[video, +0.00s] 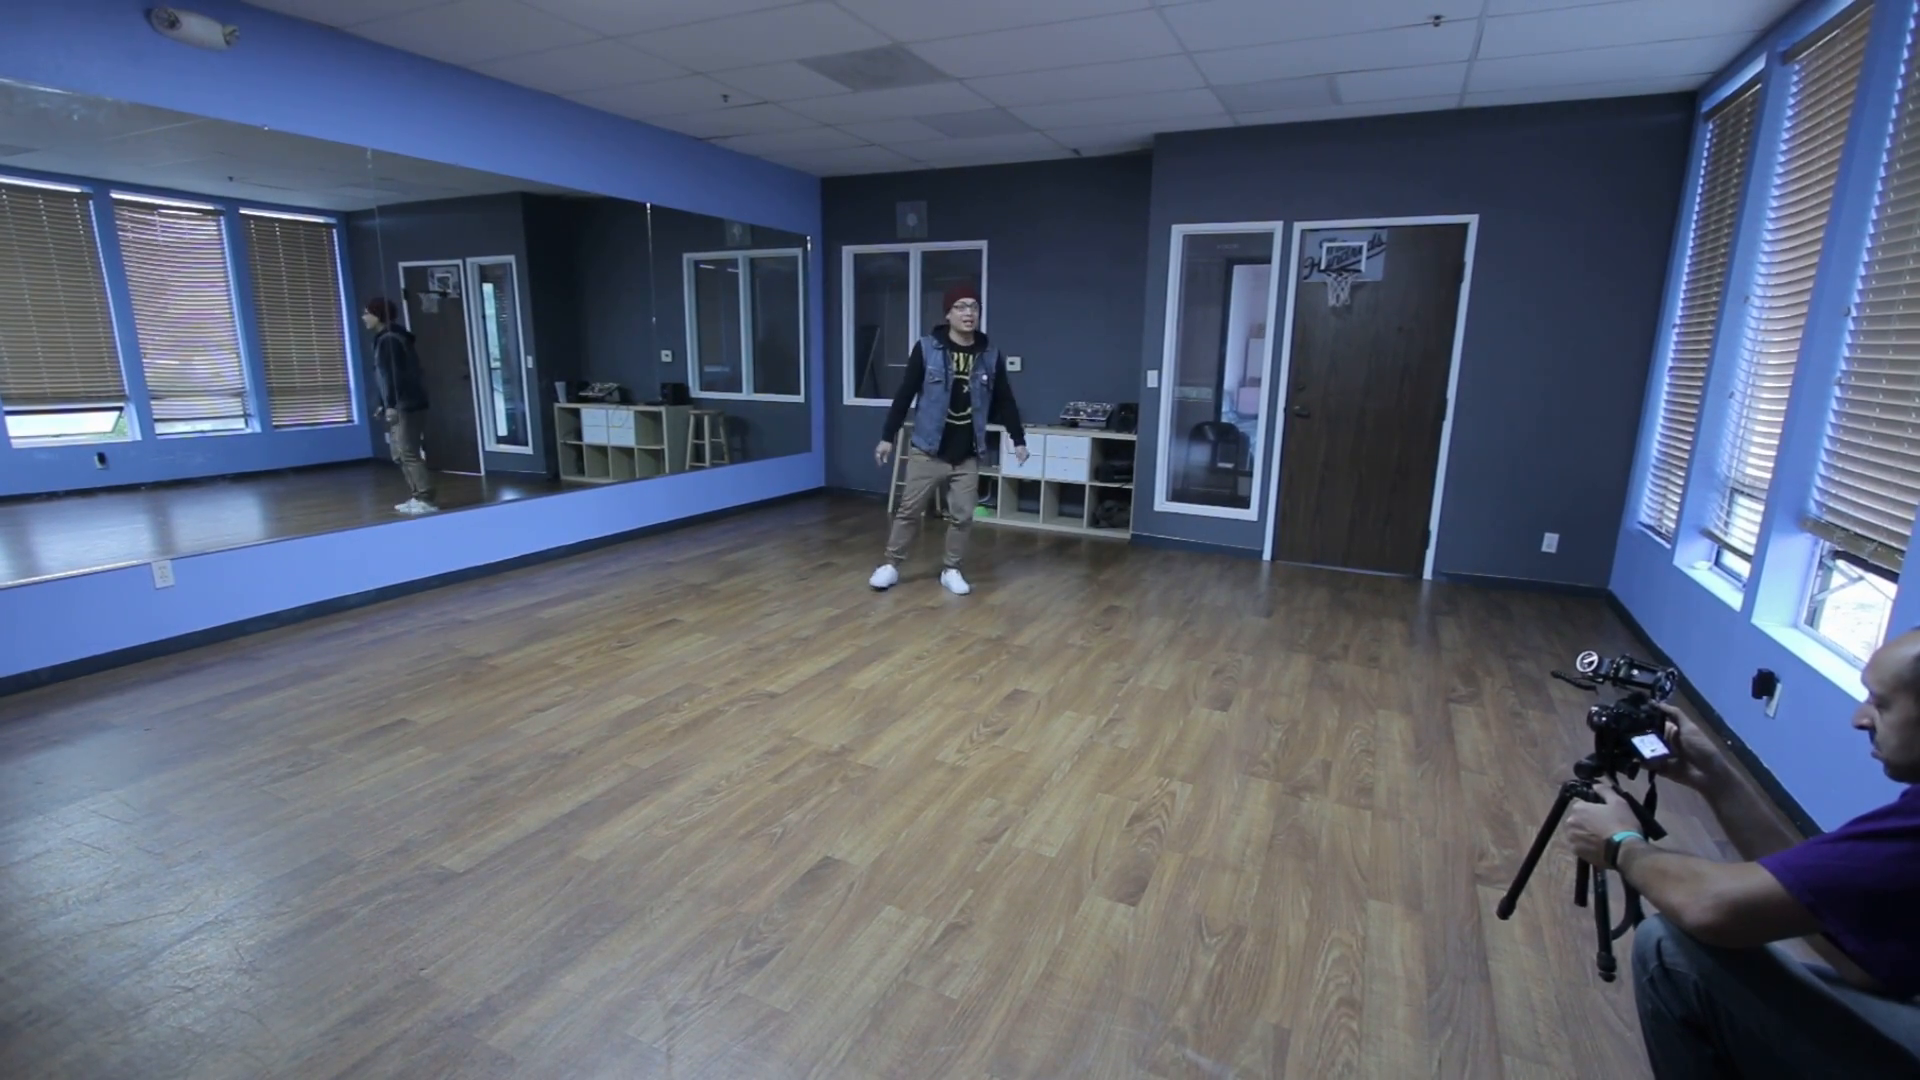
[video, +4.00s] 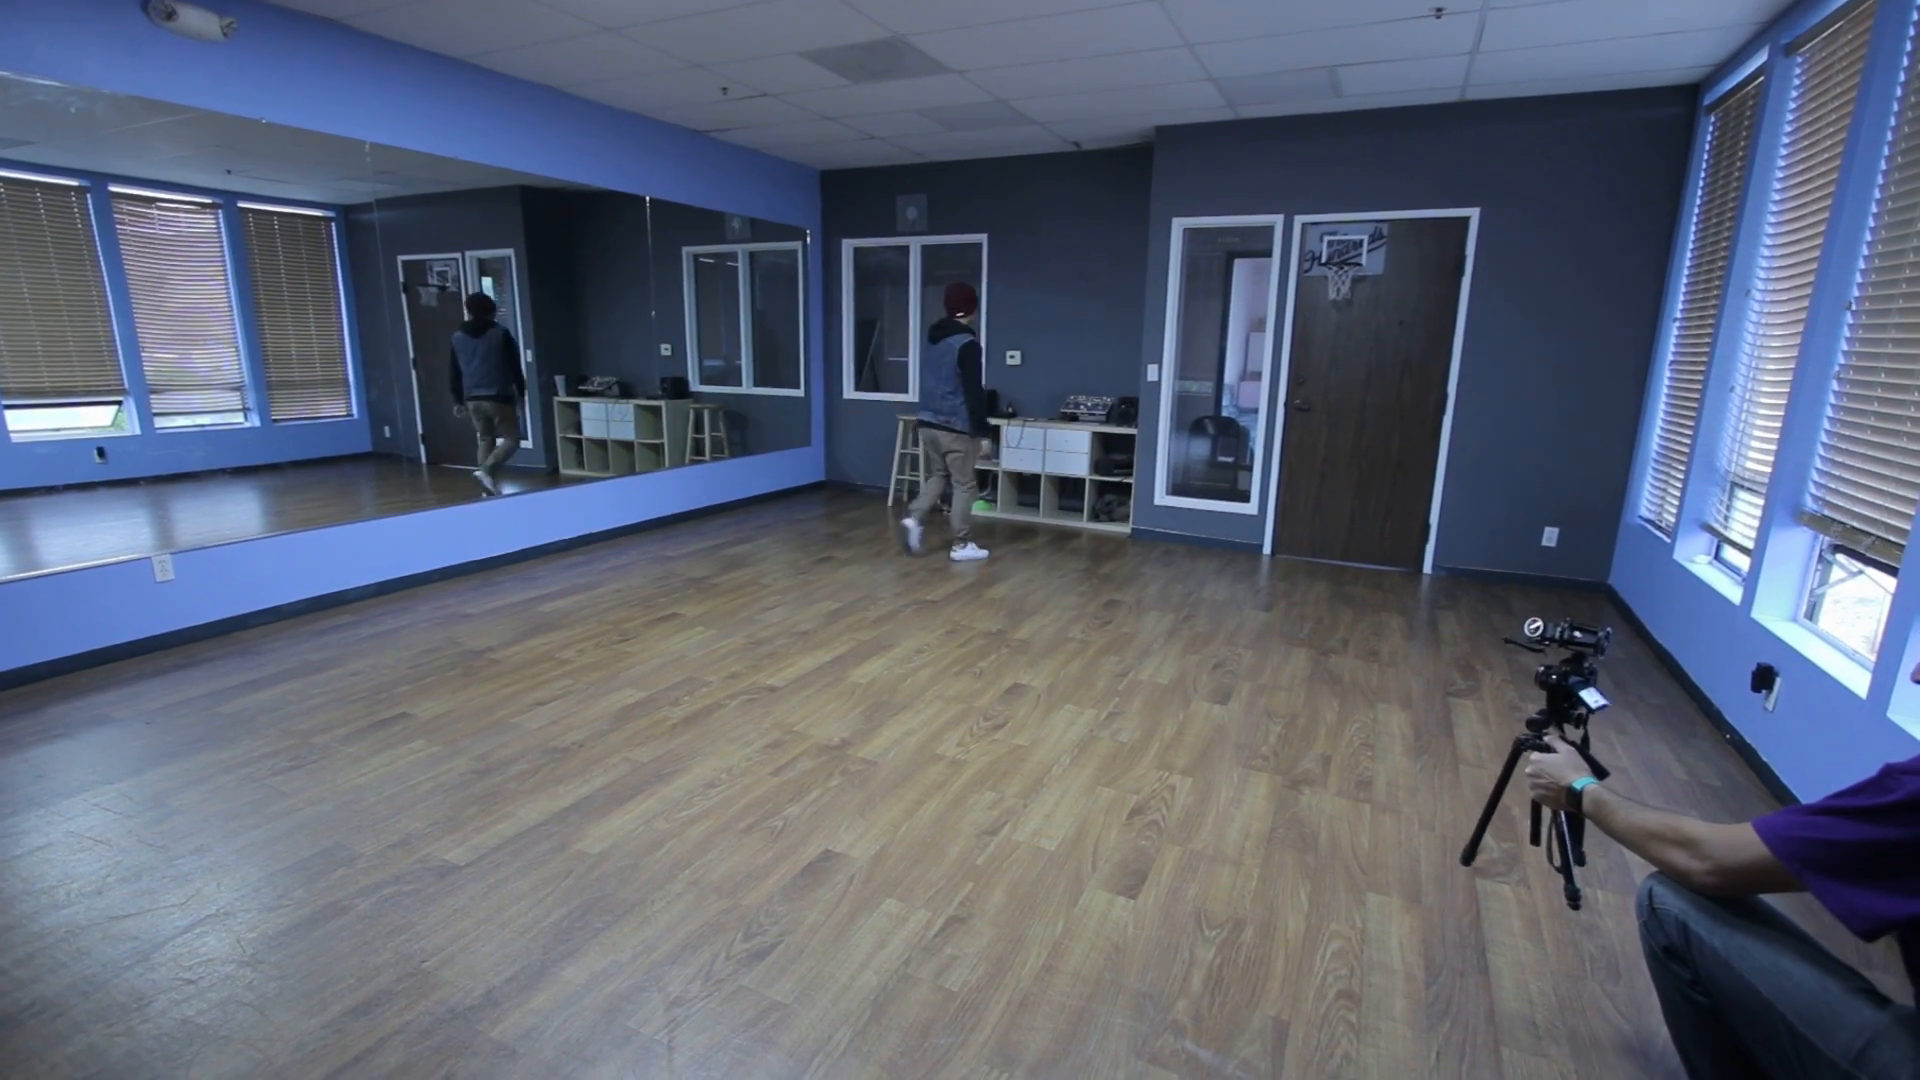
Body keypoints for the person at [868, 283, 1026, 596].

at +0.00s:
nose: (968, 314)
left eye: (973, 308)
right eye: (961, 308)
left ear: (979, 315)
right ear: (948, 314)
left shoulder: (990, 355)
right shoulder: (927, 348)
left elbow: (1004, 400)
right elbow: (905, 394)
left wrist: (1018, 439)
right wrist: (888, 437)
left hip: (967, 451)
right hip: (928, 448)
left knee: (963, 516)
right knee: (909, 508)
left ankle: (952, 570)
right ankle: (891, 565)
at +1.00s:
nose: (929, 332)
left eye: (934, 325)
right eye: (920, 326)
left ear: (941, 330)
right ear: (904, 331)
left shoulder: (948, 366)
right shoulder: (882, 370)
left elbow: (958, 418)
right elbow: (873, 429)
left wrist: (967, 464)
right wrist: (887, 478)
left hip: (932, 459)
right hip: (894, 462)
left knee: (934, 516)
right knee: (897, 526)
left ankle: (940, 567)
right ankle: (907, 592)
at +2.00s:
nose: (846, 297)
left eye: (851, 291)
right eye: (839, 293)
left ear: (862, 300)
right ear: (829, 305)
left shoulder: (882, 343)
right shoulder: (817, 344)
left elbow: (894, 395)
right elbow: (805, 400)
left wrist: (899, 440)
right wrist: (808, 450)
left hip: (873, 446)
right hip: (834, 446)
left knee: (861, 518)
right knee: (822, 514)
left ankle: (855, 580)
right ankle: (800, 576)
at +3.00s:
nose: (856, 309)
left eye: (856, 303)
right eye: (851, 303)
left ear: (842, 308)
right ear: (833, 307)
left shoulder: (851, 343)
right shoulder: (807, 343)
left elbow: (857, 392)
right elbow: (785, 388)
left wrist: (864, 430)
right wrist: (772, 433)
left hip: (846, 439)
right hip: (815, 440)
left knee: (850, 496)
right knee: (808, 503)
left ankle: (847, 558)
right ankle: (791, 566)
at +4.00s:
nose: (976, 312)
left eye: (972, 307)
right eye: (975, 308)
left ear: (948, 309)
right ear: (972, 310)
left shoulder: (932, 337)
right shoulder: (967, 344)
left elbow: (930, 382)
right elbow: (973, 392)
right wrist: (982, 433)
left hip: (929, 424)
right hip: (956, 428)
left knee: (938, 475)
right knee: (964, 485)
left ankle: (914, 518)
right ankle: (961, 543)